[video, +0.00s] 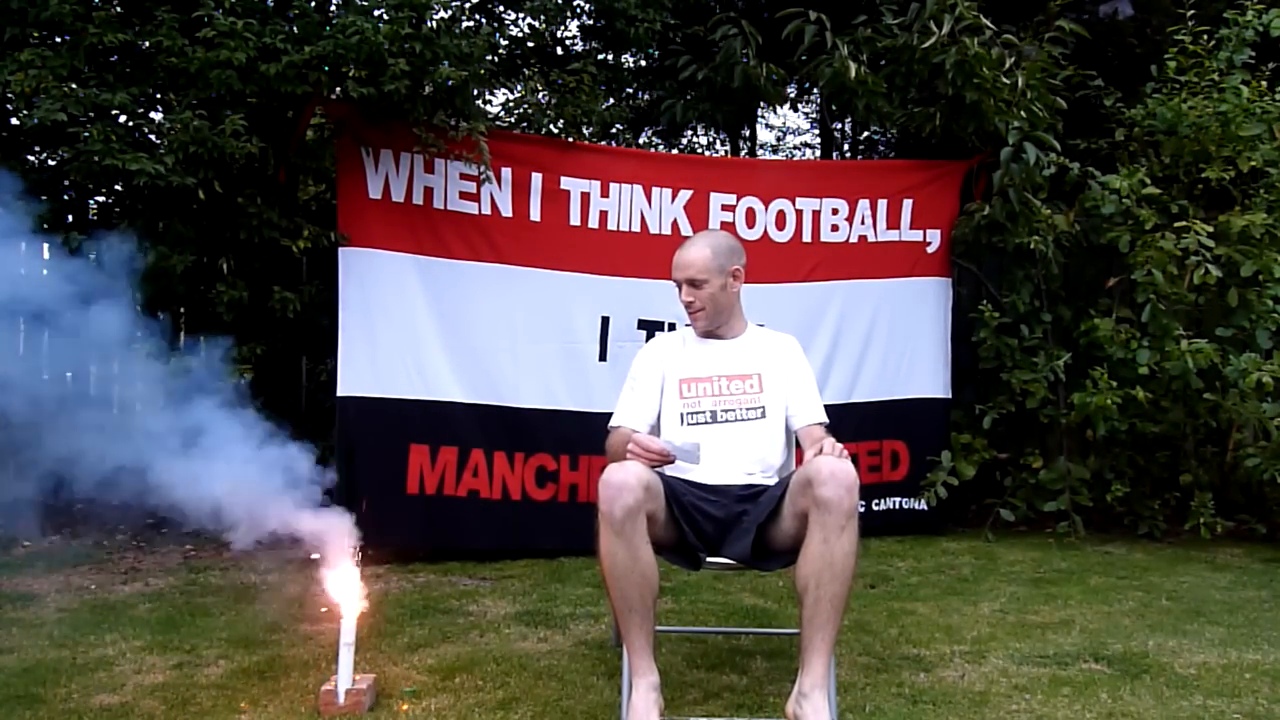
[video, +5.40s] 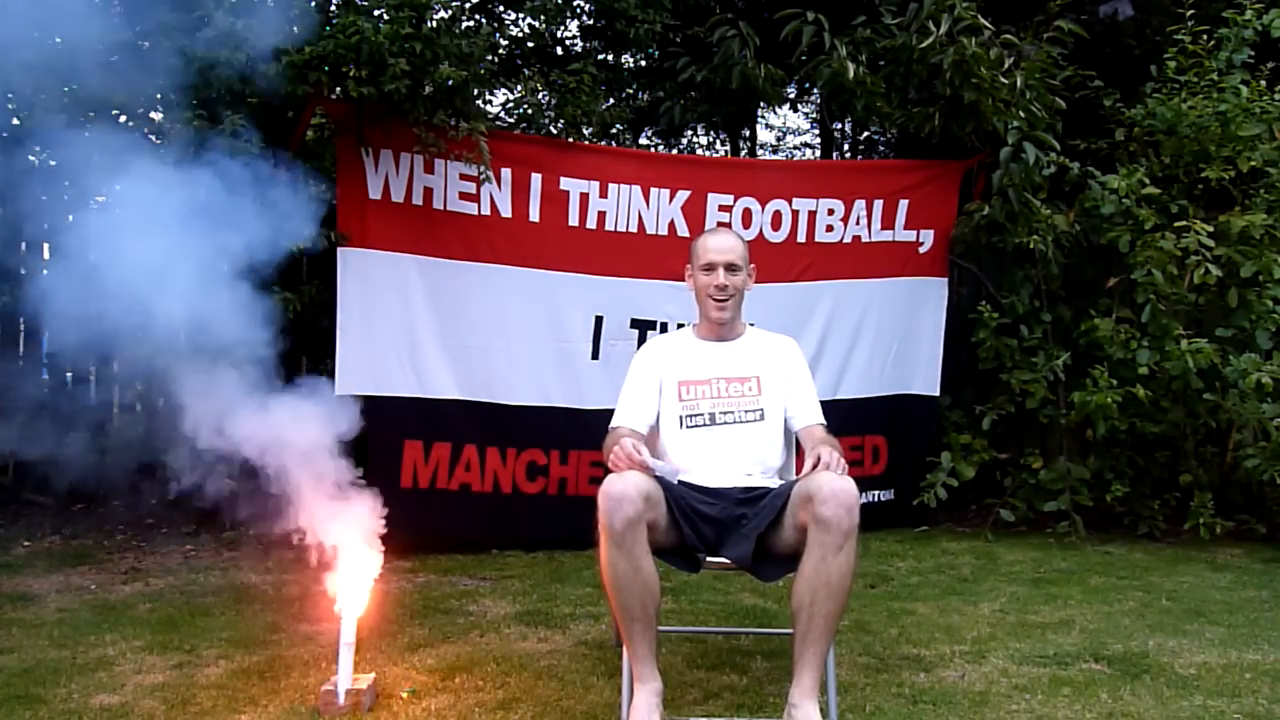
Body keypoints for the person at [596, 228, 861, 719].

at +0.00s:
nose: (685, 298)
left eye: (696, 284)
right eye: (679, 286)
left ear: (735, 279)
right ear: (674, 286)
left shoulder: (782, 350)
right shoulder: (659, 352)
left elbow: (812, 437)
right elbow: (616, 442)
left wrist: (824, 448)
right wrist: (635, 445)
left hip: (768, 504)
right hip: (680, 503)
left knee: (837, 477)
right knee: (617, 484)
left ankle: (812, 689)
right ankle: (643, 683)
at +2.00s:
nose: (721, 282)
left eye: (733, 270)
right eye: (709, 270)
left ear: (751, 277)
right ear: (691, 278)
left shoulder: (783, 349)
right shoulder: (658, 351)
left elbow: (813, 436)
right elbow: (621, 439)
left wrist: (825, 449)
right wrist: (622, 442)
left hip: (768, 504)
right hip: (679, 503)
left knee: (835, 480)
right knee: (620, 484)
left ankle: (811, 692)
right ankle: (642, 683)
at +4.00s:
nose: (719, 283)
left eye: (730, 271)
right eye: (706, 271)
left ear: (749, 278)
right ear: (689, 279)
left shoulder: (783, 350)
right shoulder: (657, 352)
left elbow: (814, 436)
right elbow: (620, 439)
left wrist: (825, 451)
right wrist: (617, 447)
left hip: (768, 503)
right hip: (679, 502)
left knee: (837, 484)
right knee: (619, 491)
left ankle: (807, 695)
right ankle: (644, 687)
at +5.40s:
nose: (721, 281)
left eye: (732, 269)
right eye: (709, 269)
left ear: (749, 278)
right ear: (690, 278)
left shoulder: (782, 351)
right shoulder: (657, 353)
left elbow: (814, 434)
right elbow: (621, 437)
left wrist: (825, 448)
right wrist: (622, 445)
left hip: (767, 503)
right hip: (680, 501)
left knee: (838, 494)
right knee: (617, 493)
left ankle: (804, 698)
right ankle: (645, 687)